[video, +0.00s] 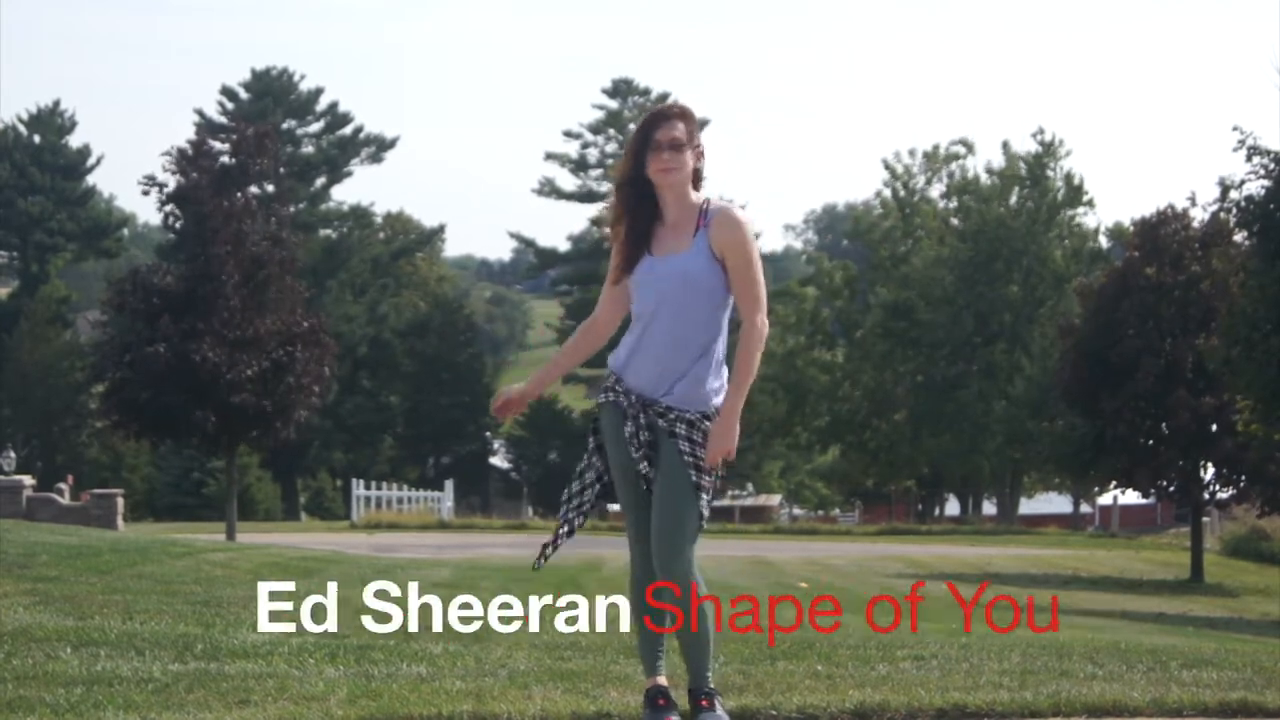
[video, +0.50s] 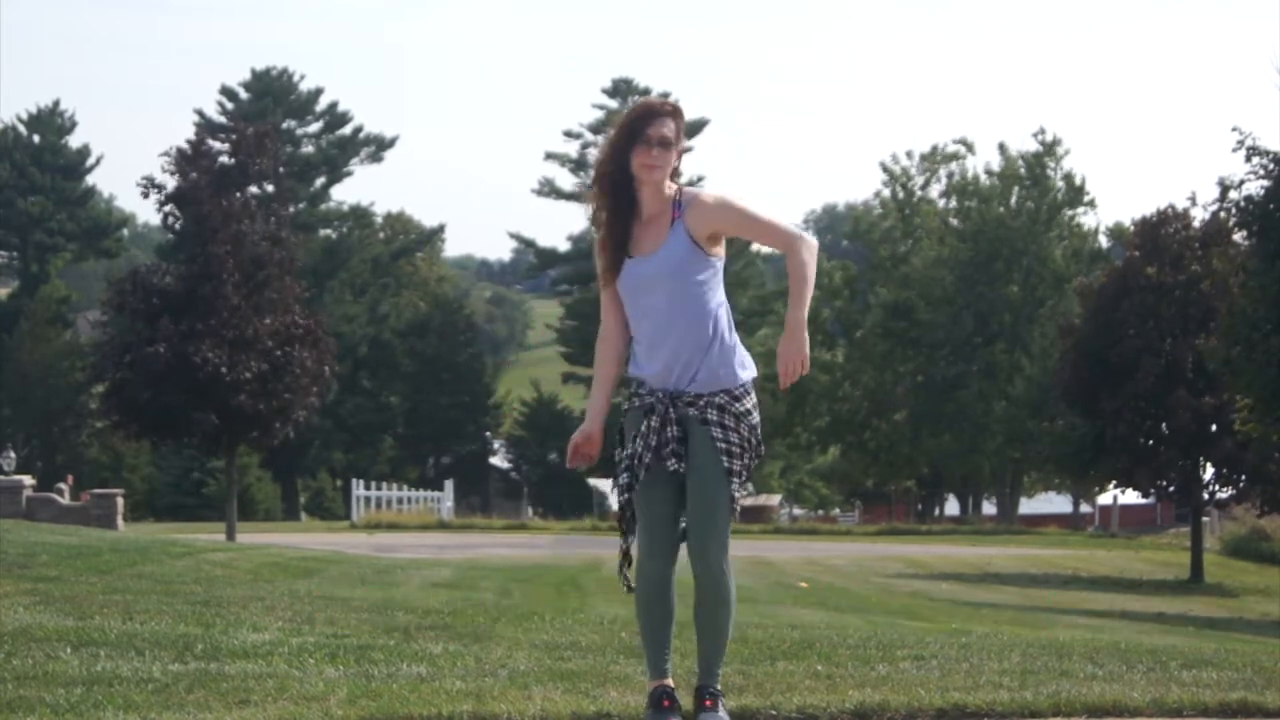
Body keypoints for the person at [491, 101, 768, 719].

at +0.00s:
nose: (669, 155)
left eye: (679, 145)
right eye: (658, 147)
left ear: (698, 155)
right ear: (641, 159)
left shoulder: (725, 225)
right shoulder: (633, 233)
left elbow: (756, 321)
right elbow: (604, 319)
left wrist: (732, 411)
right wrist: (536, 385)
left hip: (691, 411)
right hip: (625, 403)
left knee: (674, 557)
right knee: (643, 550)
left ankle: (702, 690)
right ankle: (655, 681)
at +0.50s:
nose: (660, 153)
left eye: (670, 144)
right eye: (650, 142)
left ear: (681, 154)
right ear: (626, 151)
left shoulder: (702, 210)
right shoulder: (612, 237)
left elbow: (802, 244)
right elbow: (612, 334)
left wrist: (797, 325)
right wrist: (594, 418)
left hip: (716, 400)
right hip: (649, 405)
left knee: (707, 549)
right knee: (654, 549)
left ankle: (708, 691)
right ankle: (660, 687)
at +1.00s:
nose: (670, 151)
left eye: (680, 142)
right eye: (660, 141)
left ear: (692, 153)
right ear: (639, 151)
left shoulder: (705, 232)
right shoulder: (607, 226)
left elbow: (760, 316)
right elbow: (554, 309)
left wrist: (836, 282)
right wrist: (568, 400)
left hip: (725, 401)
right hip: (658, 404)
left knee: (719, 551)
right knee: (684, 553)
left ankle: (712, 691)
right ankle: (664, 692)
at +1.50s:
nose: (663, 143)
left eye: (671, 133)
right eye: (650, 134)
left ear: (684, 143)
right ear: (628, 146)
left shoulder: (712, 218)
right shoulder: (607, 218)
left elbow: (735, 313)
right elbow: (537, 255)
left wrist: (681, 346)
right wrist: (533, 290)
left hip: (698, 397)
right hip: (629, 394)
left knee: (700, 549)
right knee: (644, 543)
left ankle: (709, 690)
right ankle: (657, 687)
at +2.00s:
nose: (632, 153)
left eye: (641, 144)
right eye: (621, 143)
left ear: (652, 157)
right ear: (598, 155)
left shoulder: (678, 229)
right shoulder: (573, 232)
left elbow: (704, 331)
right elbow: (546, 306)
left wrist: (624, 351)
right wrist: (493, 241)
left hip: (694, 400)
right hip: (621, 403)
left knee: (706, 550)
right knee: (567, 547)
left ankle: (709, 690)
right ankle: (547, 684)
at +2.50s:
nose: (613, 171)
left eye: (621, 162)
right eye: (601, 161)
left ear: (632, 170)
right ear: (575, 168)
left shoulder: (661, 238)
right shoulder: (554, 243)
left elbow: (686, 336)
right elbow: (494, 316)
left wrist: (614, 362)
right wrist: (418, 269)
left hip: (631, 421)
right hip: (556, 410)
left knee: (663, 561)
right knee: (525, 551)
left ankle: (699, 692)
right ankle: (491, 691)